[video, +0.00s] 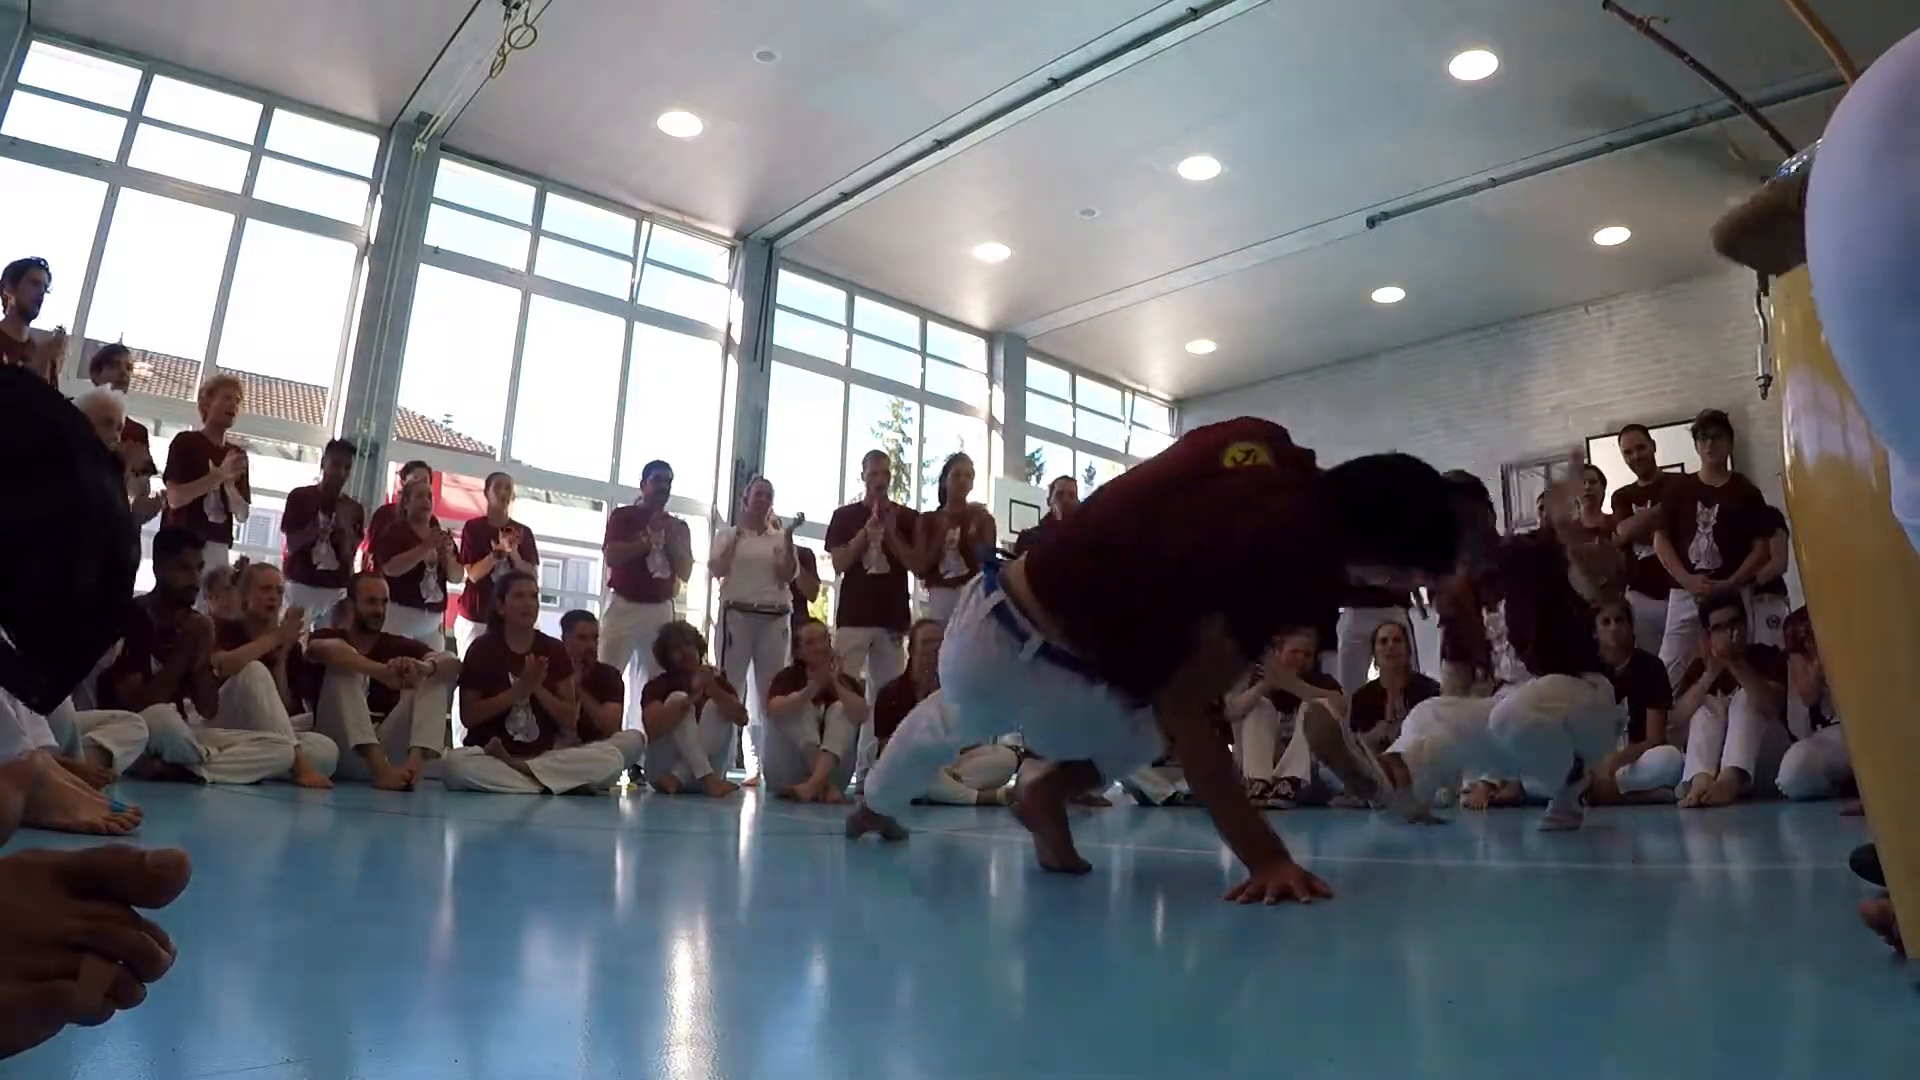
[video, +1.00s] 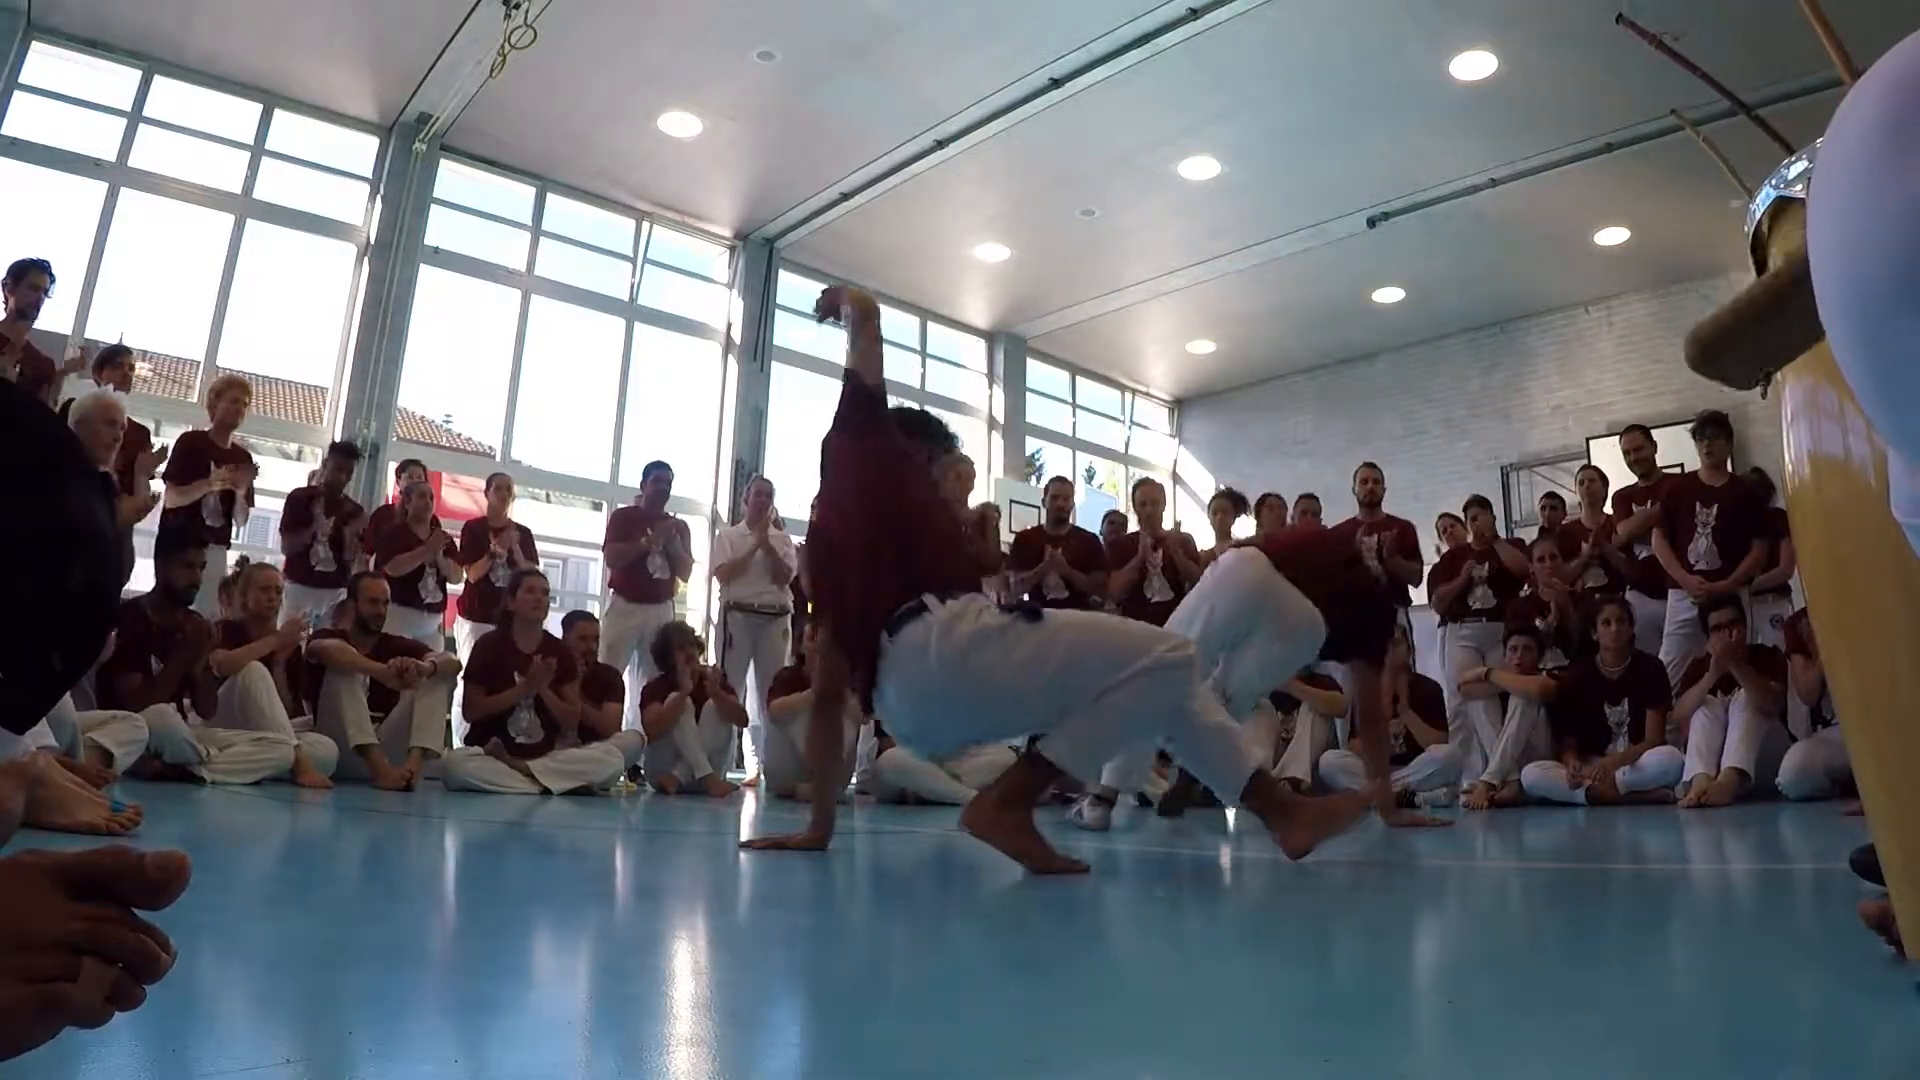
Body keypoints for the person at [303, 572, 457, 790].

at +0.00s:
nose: (379, 610)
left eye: (384, 602)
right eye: (371, 602)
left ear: (389, 603)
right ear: (352, 603)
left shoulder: (393, 643)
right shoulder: (329, 637)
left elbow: (454, 663)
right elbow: (316, 650)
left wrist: (427, 666)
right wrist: (382, 671)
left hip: (387, 751)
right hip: (338, 749)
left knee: (437, 674)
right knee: (342, 662)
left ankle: (415, 764)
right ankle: (378, 764)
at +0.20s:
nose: (381, 610)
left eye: (385, 603)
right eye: (373, 602)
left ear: (390, 604)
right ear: (353, 603)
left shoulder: (393, 643)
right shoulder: (329, 637)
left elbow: (454, 662)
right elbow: (318, 650)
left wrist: (427, 666)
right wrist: (383, 672)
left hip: (388, 752)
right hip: (338, 750)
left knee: (437, 674)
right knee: (342, 662)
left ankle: (414, 764)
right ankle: (378, 765)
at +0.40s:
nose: (381, 610)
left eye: (385, 603)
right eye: (372, 602)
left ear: (390, 604)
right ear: (353, 603)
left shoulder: (393, 643)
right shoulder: (328, 637)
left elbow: (454, 663)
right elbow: (321, 650)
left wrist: (427, 666)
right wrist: (383, 672)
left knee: (438, 674)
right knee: (342, 662)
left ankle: (414, 764)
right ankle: (378, 765)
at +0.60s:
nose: (381, 610)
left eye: (385, 603)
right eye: (372, 602)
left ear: (390, 604)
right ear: (353, 603)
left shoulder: (392, 643)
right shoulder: (329, 637)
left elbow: (454, 662)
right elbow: (321, 650)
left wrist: (427, 666)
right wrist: (383, 672)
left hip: (387, 752)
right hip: (338, 751)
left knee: (438, 674)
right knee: (342, 663)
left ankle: (414, 765)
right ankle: (379, 766)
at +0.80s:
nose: (381, 610)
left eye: (385, 603)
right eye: (373, 602)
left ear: (390, 604)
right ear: (353, 603)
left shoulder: (393, 643)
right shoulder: (329, 638)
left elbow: (453, 663)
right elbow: (318, 649)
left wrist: (427, 666)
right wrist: (382, 672)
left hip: (387, 751)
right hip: (338, 751)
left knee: (437, 675)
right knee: (342, 662)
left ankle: (414, 764)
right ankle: (378, 765)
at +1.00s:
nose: (381, 610)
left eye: (385, 603)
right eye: (373, 603)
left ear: (390, 604)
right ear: (353, 603)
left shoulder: (393, 643)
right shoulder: (329, 637)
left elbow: (454, 663)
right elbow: (318, 649)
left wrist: (427, 667)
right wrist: (382, 672)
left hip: (387, 751)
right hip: (337, 750)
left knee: (438, 673)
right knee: (342, 663)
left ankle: (414, 765)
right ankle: (378, 766)